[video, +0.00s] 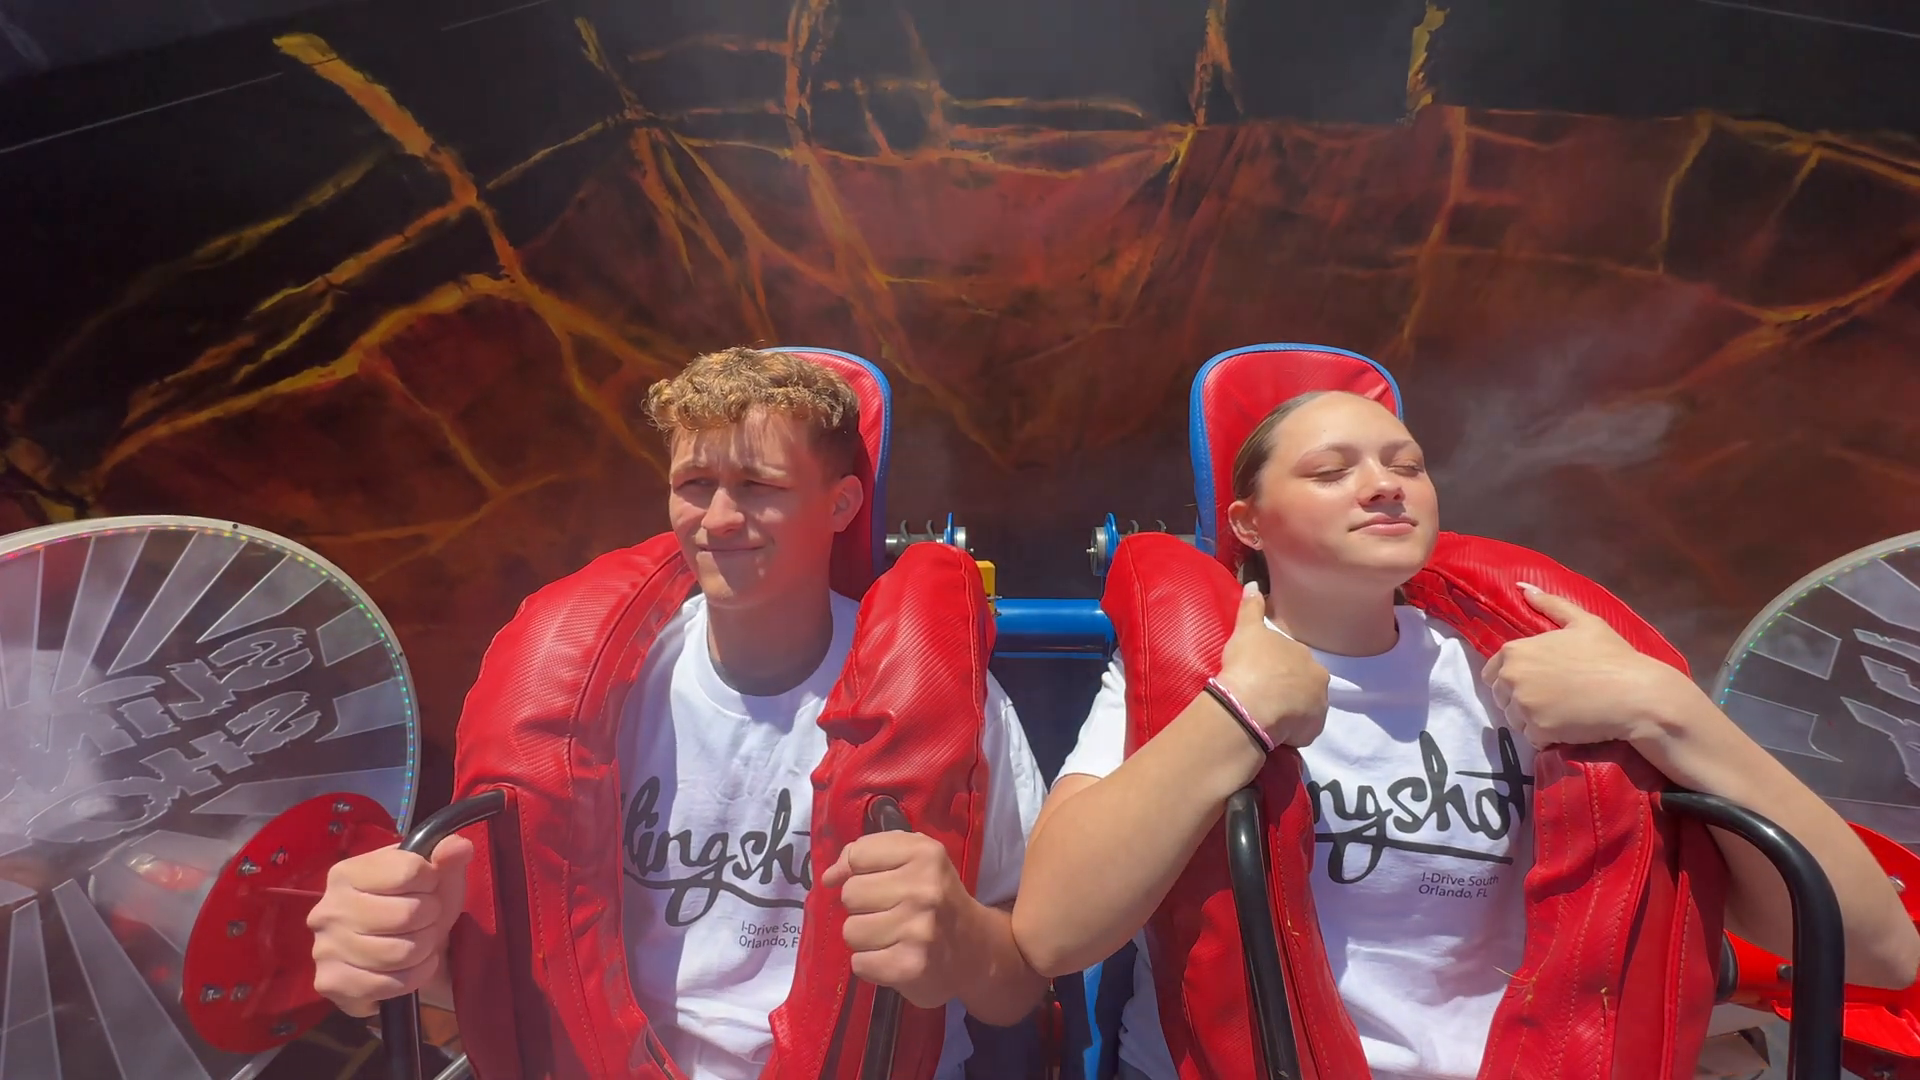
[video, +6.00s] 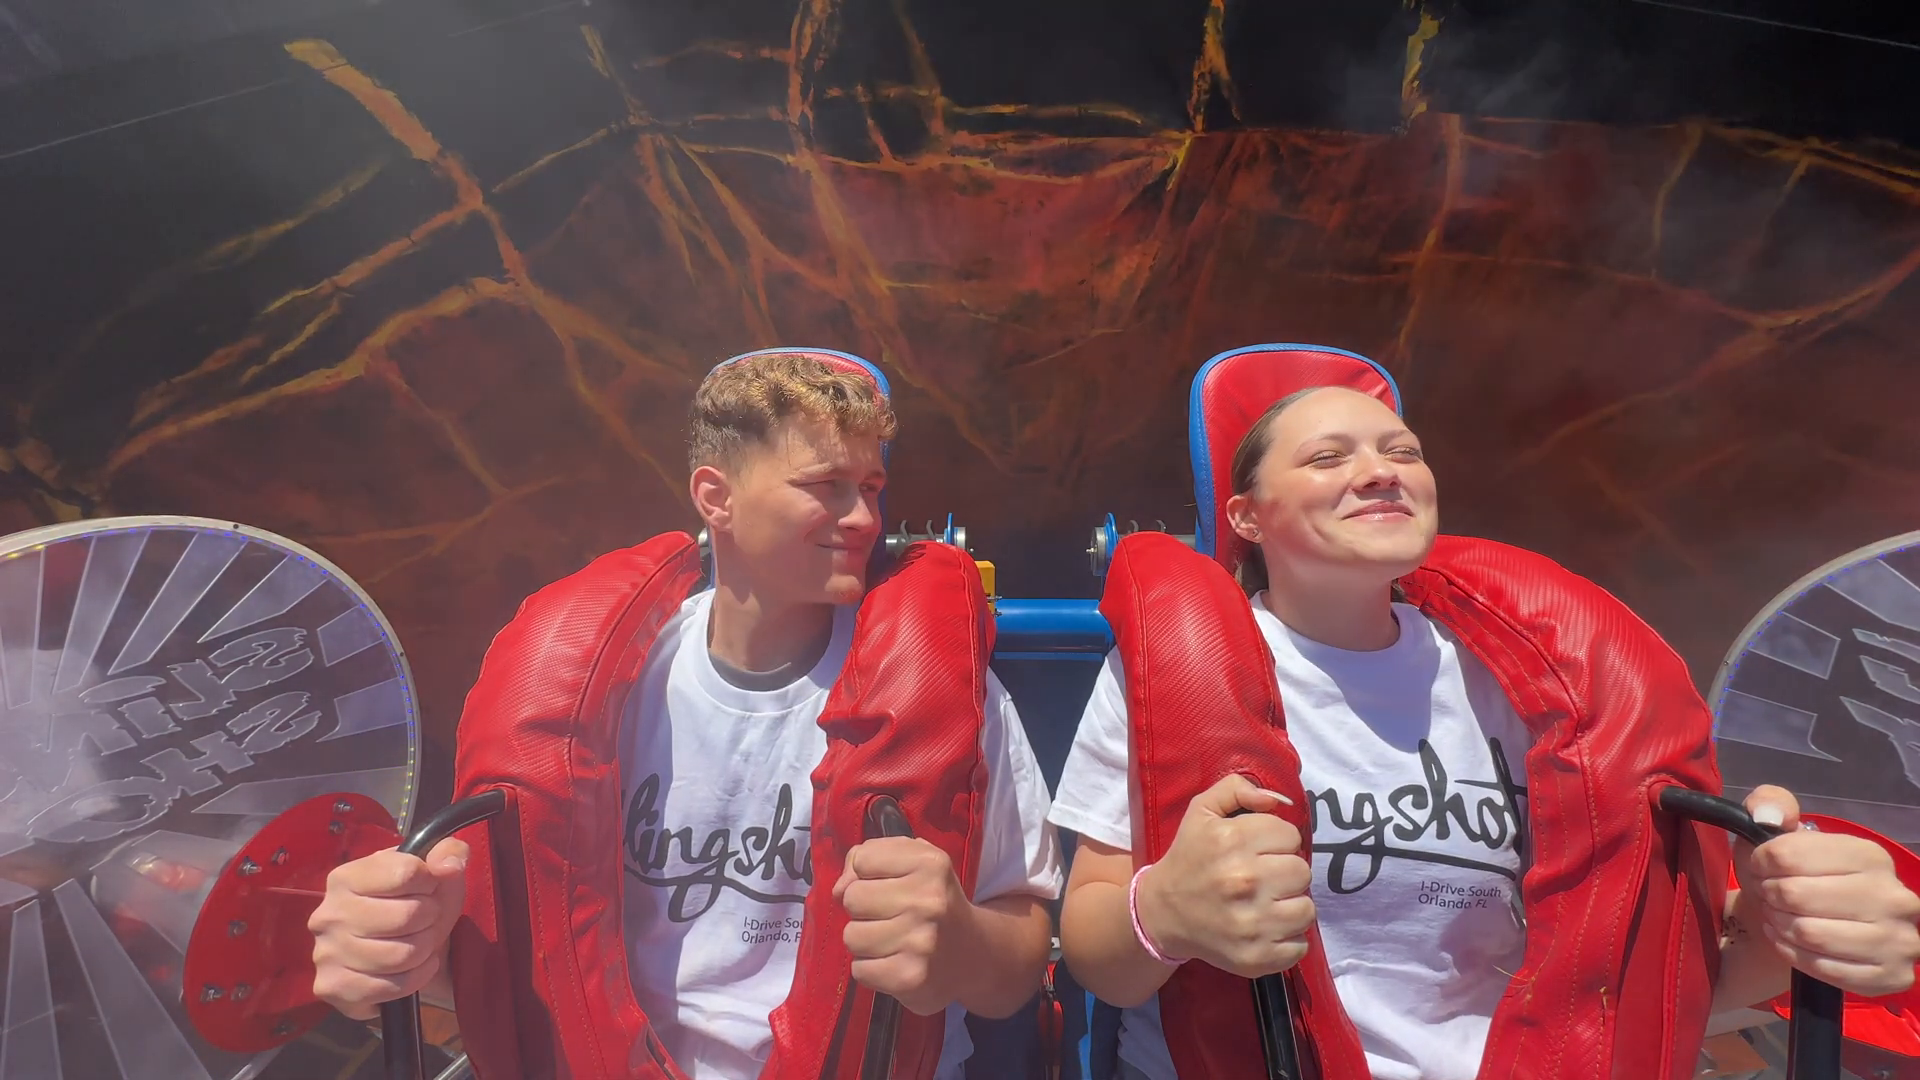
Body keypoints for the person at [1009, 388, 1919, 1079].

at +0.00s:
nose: (1387, 484)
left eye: (1402, 458)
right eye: (1332, 469)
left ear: (1431, 487)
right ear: (1252, 524)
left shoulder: (1542, 673)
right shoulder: (1172, 677)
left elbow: (1883, 947)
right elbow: (1050, 938)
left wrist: (1665, 708)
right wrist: (1242, 714)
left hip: (1530, 1063)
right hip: (1296, 1064)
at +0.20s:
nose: (1389, 487)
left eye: (1405, 463)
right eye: (1333, 468)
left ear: (1429, 494)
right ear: (1249, 525)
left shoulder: (1541, 676)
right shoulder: (1168, 674)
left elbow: (1859, 965)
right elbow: (1065, 961)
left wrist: (1694, 713)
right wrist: (1200, 733)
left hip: (1531, 1069)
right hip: (1280, 1071)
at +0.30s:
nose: (1387, 484)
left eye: (1405, 462)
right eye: (1332, 467)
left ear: (1432, 499)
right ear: (1246, 522)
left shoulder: (1531, 666)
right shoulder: (1159, 672)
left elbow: (1760, 973)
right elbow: (1084, 977)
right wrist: (1167, 812)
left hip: (1522, 1056)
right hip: (1270, 1059)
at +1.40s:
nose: (1383, 485)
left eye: (1401, 460)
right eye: (1330, 468)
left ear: (1432, 492)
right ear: (1244, 523)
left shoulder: (1531, 668)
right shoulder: (1173, 668)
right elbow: (1086, 955)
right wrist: (1163, 913)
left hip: (1503, 1069)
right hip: (1280, 1065)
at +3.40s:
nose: (1384, 480)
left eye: (1401, 456)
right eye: (1329, 466)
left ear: (1432, 491)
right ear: (1244, 523)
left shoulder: (1525, 670)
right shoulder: (1173, 668)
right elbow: (1085, 956)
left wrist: (1750, 929)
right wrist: (1161, 911)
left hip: (1505, 1067)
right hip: (1289, 1066)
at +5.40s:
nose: (1374, 489)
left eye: (1394, 461)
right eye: (1321, 472)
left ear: (1428, 488)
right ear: (1242, 524)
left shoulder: (1527, 659)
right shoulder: (1171, 663)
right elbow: (1086, 955)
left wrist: (1743, 889)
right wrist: (1159, 913)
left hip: (1509, 1057)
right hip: (1288, 1059)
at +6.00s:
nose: (1379, 468)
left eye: (1395, 445)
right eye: (1325, 455)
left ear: (1431, 480)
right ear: (1244, 518)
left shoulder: (1530, 662)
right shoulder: (1173, 663)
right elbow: (1088, 953)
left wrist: (1767, 904)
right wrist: (1158, 914)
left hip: (1506, 1067)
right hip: (1281, 1066)